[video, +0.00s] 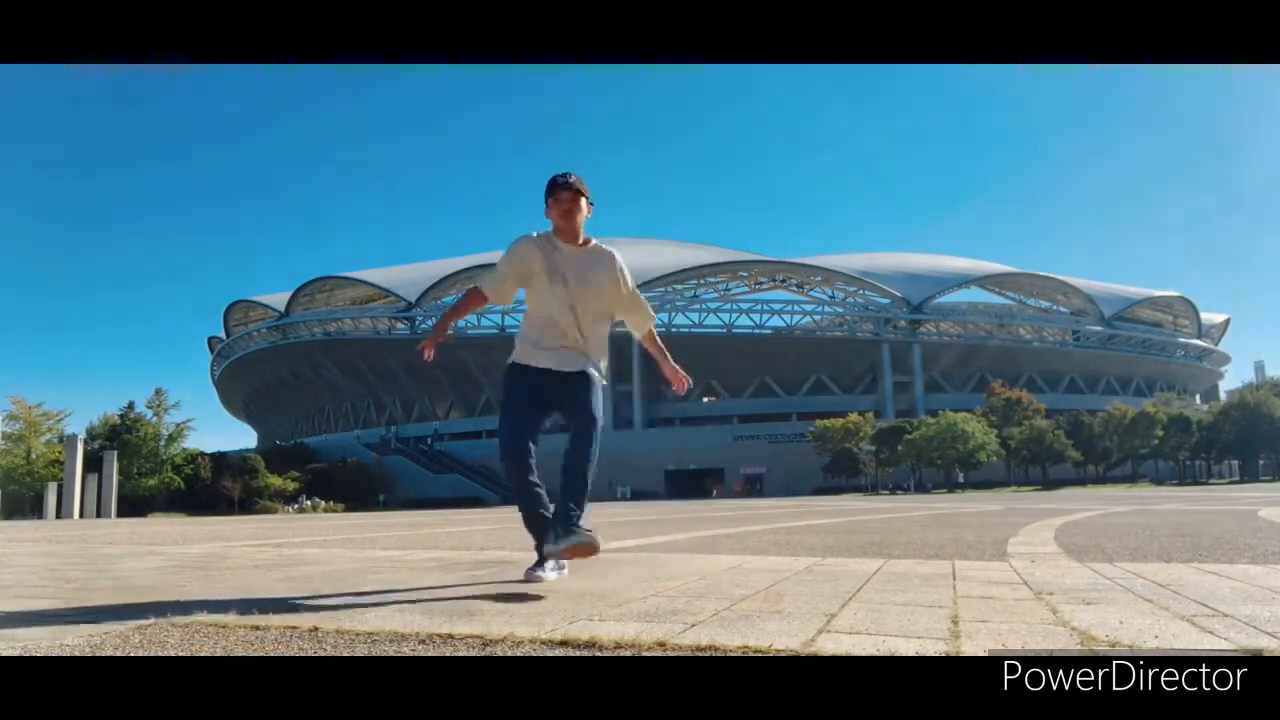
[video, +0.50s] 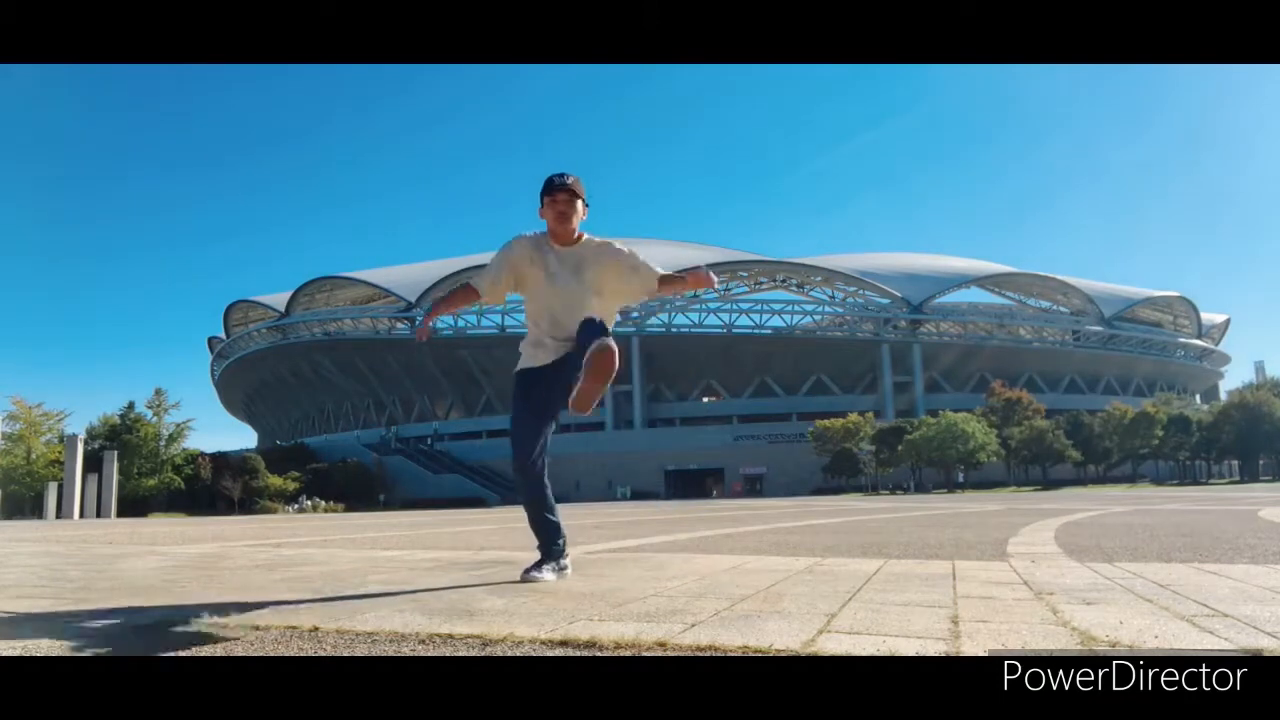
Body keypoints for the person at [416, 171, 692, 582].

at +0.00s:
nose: (567, 205)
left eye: (574, 199)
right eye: (559, 200)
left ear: (588, 207)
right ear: (548, 209)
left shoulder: (608, 262)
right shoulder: (528, 250)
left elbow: (638, 320)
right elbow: (487, 291)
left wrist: (666, 363)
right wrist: (443, 323)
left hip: (582, 366)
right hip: (530, 362)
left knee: (589, 426)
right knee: (515, 449)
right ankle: (549, 548)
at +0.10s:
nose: (562, 203)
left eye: (570, 196)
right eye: (554, 197)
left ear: (583, 205)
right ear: (543, 206)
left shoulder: (601, 257)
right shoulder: (529, 249)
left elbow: (610, 321)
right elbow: (483, 291)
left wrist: (620, 363)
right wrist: (446, 324)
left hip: (587, 371)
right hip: (538, 365)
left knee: (541, 415)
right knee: (530, 457)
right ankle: (552, 554)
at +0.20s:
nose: (561, 200)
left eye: (568, 194)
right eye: (553, 194)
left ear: (582, 202)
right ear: (541, 204)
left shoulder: (600, 255)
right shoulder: (525, 250)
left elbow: (595, 315)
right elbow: (481, 293)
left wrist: (612, 356)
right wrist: (438, 325)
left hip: (580, 371)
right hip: (531, 367)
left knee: (530, 407)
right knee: (522, 461)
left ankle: (454, 406)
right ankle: (552, 555)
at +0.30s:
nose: (559, 205)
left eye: (566, 199)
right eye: (551, 199)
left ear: (580, 207)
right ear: (539, 209)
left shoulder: (600, 259)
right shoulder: (520, 250)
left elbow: (632, 312)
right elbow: (485, 293)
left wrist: (654, 352)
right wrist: (448, 318)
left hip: (581, 351)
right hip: (530, 355)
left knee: (556, 383)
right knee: (525, 462)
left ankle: (485, 452)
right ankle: (553, 555)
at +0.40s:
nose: (559, 213)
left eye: (566, 207)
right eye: (551, 207)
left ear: (579, 212)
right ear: (539, 213)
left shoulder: (600, 259)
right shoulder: (519, 255)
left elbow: (653, 296)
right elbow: (479, 293)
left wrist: (698, 329)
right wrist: (438, 327)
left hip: (584, 345)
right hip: (533, 356)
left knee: (571, 365)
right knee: (526, 462)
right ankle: (554, 556)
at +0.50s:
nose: (562, 209)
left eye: (569, 202)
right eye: (554, 202)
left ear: (583, 209)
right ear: (543, 210)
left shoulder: (607, 255)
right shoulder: (523, 252)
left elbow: (653, 284)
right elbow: (480, 287)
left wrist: (690, 280)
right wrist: (437, 309)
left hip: (582, 358)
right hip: (537, 364)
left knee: (592, 326)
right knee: (526, 460)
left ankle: (588, 388)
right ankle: (553, 555)